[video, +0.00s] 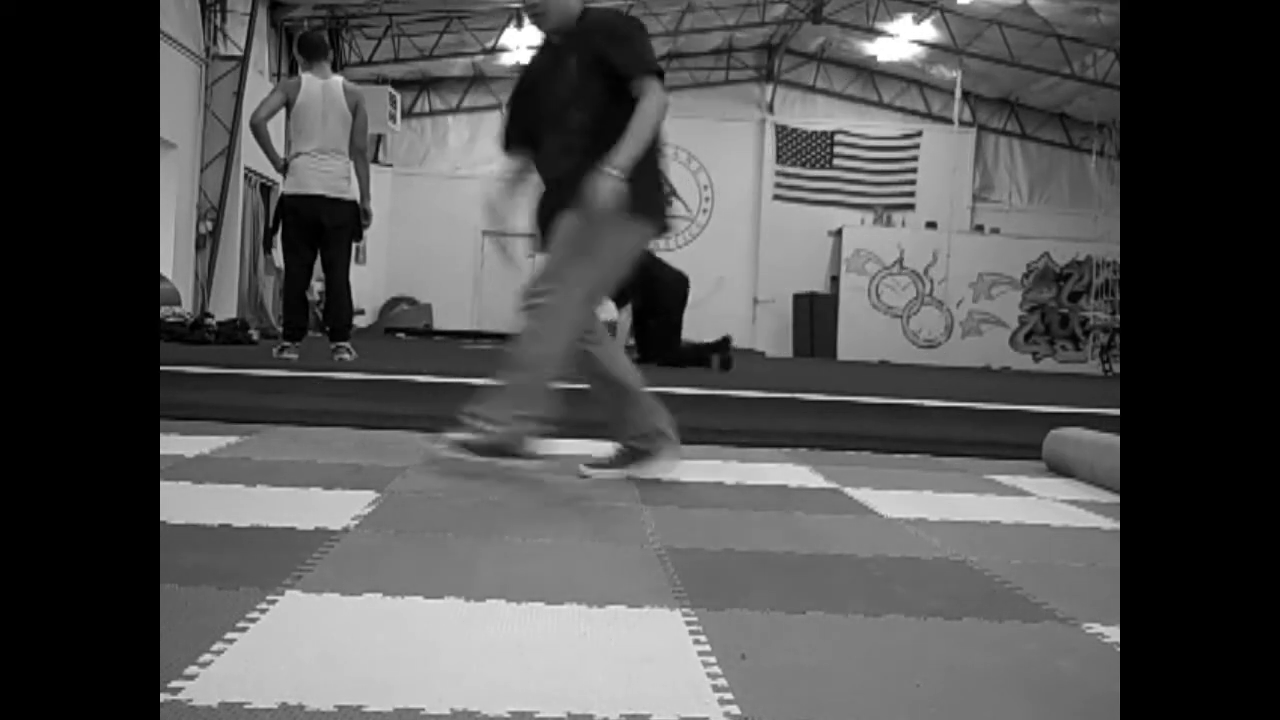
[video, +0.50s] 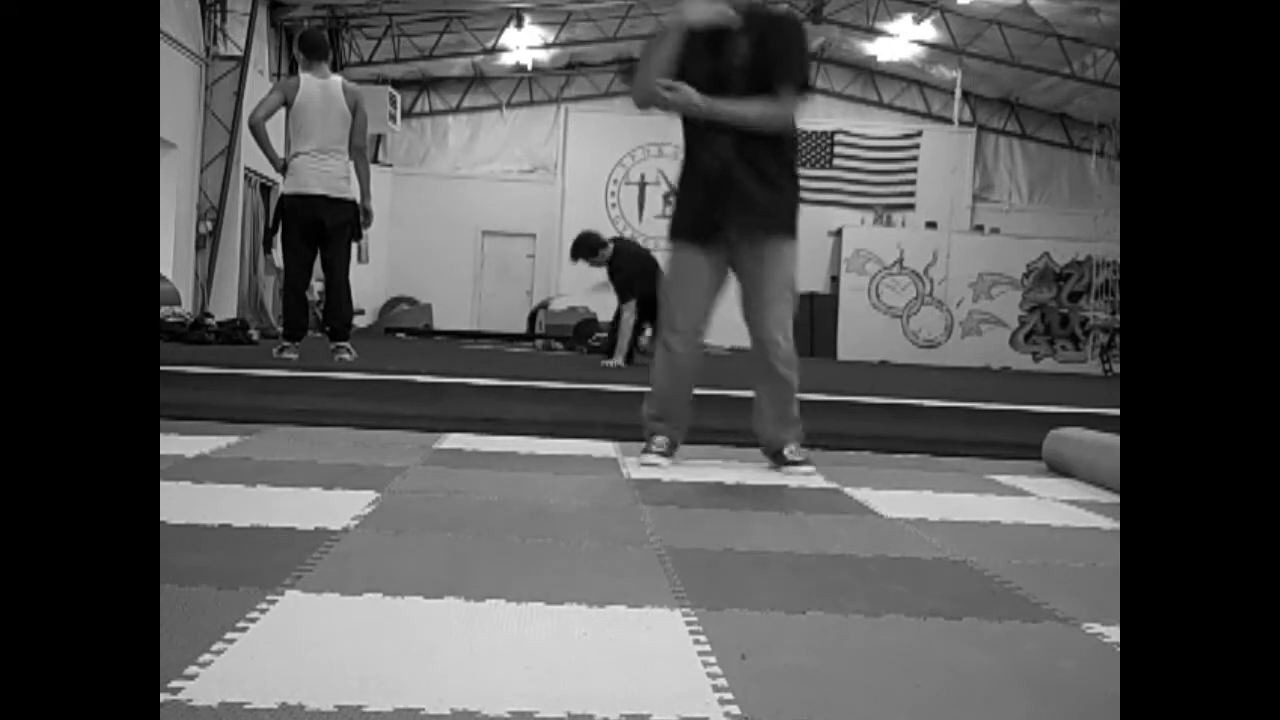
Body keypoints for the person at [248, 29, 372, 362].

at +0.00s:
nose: (300, 64)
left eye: (298, 59)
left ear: (299, 58)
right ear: (329, 55)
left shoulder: (291, 86)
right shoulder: (353, 94)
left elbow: (256, 121)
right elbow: (359, 152)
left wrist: (277, 162)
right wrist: (365, 202)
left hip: (297, 195)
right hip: (340, 197)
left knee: (295, 273)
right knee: (338, 276)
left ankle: (290, 343)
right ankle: (341, 345)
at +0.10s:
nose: (300, 64)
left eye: (299, 59)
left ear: (299, 58)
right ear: (329, 55)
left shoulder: (290, 86)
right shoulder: (353, 94)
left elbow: (256, 121)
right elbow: (359, 152)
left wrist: (277, 162)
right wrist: (366, 202)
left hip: (297, 195)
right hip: (339, 197)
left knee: (295, 273)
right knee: (338, 276)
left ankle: (290, 343)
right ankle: (341, 345)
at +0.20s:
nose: (301, 63)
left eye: (299, 58)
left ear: (299, 58)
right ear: (329, 55)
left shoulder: (290, 86)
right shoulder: (353, 93)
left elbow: (256, 121)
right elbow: (359, 152)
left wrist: (277, 162)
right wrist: (366, 201)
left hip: (298, 196)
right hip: (340, 198)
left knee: (295, 274)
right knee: (338, 276)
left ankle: (290, 343)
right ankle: (341, 345)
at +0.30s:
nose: (297, 61)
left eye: (298, 57)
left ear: (300, 57)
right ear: (329, 55)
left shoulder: (290, 86)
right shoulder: (352, 93)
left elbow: (256, 120)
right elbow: (359, 151)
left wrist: (276, 162)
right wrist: (366, 201)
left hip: (298, 195)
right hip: (340, 197)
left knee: (295, 274)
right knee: (338, 276)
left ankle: (290, 343)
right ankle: (341, 345)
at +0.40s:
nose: (296, 58)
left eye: (297, 54)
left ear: (299, 55)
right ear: (329, 54)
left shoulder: (289, 86)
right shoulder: (352, 93)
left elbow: (255, 120)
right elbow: (358, 150)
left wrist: (276, 162)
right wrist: (366, 201)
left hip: (298, 195)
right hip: (339, 197)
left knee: (295, 275)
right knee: (338, 276)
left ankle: (290, 344)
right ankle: (341, 345)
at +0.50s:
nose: (296, 58)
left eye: (297, 54)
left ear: (300, 55)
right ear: (329, 54)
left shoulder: (289, 86)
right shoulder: (352, 93)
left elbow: (255, 120)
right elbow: (358, 151)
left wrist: (276, 162)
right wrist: (366, 201)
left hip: (298, 195)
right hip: (339, 197)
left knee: (295, 275)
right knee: (338, 276)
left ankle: (290, 344)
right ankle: (341, 345)